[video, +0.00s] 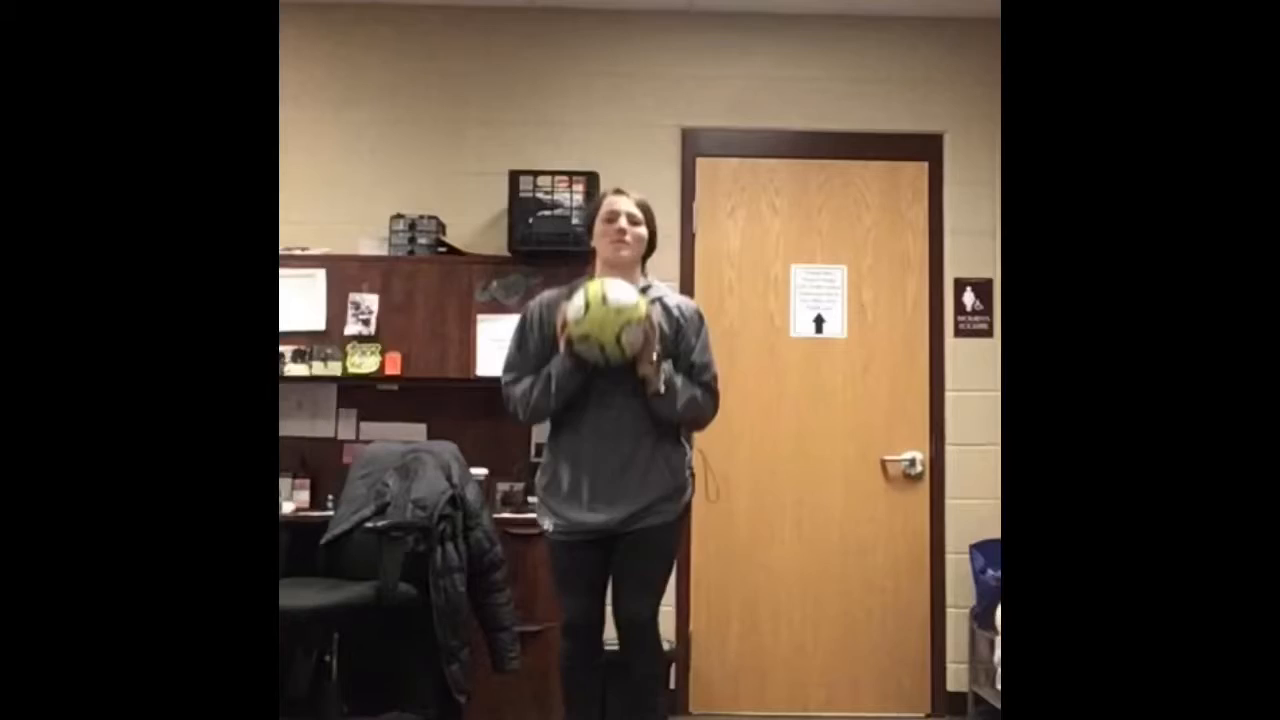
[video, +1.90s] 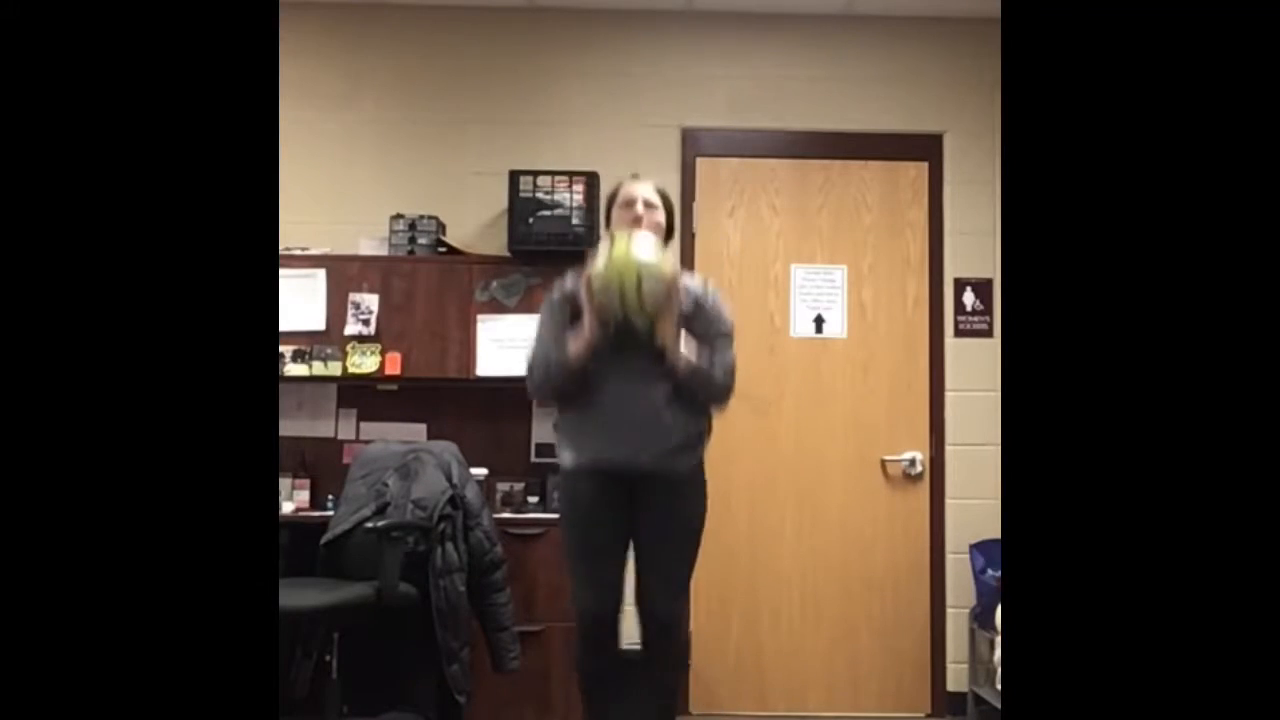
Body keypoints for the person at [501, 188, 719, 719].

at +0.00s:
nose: (622, 227)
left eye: (634, 221)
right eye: (611, 219)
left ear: (649, 240)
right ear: (592, 236)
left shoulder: (679, 313)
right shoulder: (547, 310)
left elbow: (702, 408)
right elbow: (519, 402)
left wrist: (652, 368)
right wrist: (573, 358)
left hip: (652, 506)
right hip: (572, 506)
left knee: (637, 626)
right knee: (579, 632)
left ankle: (647, 714)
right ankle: (583, 715)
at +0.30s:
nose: (620, 226)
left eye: (633, 217)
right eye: (609, 215)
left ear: (653, 233)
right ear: (589, 227)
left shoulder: (681, 302)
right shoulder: (557, 301)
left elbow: (711, 371)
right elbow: (517, 373)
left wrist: (656, 306)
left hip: (651, 495)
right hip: (570, 495)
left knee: (645, 630)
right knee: (566, 630)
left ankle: (646, 715)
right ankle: (571, 714)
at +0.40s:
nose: (627, 209)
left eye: (638, 200)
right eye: (615, 199)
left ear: (654, 212)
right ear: (595, 208)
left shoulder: (670, 274)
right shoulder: (567, 268)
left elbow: (711, 268)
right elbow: (519, 275)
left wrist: (671, 206)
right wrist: (571, 197)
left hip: (653, 456)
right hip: (572, 456)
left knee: (667, 610)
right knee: (552, 600)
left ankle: (672, 713)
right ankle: (537, 710)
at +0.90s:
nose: (627, 218)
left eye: (639, 205)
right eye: (615, 205)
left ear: (657, 211)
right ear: (595, 211)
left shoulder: (684, 272)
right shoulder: (574, 269)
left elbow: (706, 330)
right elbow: (530, 320)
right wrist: (574, 256)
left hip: (659, 459)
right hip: (579, 456)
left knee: (664, 601)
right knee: (561, 593)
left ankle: (678, 711)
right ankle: (547, 710)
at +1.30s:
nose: (632, 191)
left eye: (643, 185)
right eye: (620, 183)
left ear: (659, 201)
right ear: (601, 196)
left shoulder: (676, 264)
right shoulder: (574, 253)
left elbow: (712, 256)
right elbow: (536, 264)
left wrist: (677, 178)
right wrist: (577, 180)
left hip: (662, 444)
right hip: (582, 443)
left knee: (667, 594)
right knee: (573, 591)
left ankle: (682, 711)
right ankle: (553, 711)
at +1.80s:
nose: (633, 201)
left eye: (645, 191)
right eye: (621, 191)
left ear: (667, 198)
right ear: (601, 199)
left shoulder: (694, 259)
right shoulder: (576, 256)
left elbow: (725, 308)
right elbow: (534, 299)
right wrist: (581, 241)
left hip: (671, 450)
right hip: (591, 447)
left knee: (676, 591)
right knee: (575, 587)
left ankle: (691, 710)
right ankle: (553, 709)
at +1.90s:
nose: (640, 213)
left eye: (651, 206)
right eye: (628, 206)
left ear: (668, 224)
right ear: (608, 222)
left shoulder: (695, 299)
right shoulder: (570, 295)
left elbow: (718, 387)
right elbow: (542, 383)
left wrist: (671, 342)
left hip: (672, 479)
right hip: (591, 478)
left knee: (664, 618)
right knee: (595, 618)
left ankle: (663, 713)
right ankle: (602, 713)